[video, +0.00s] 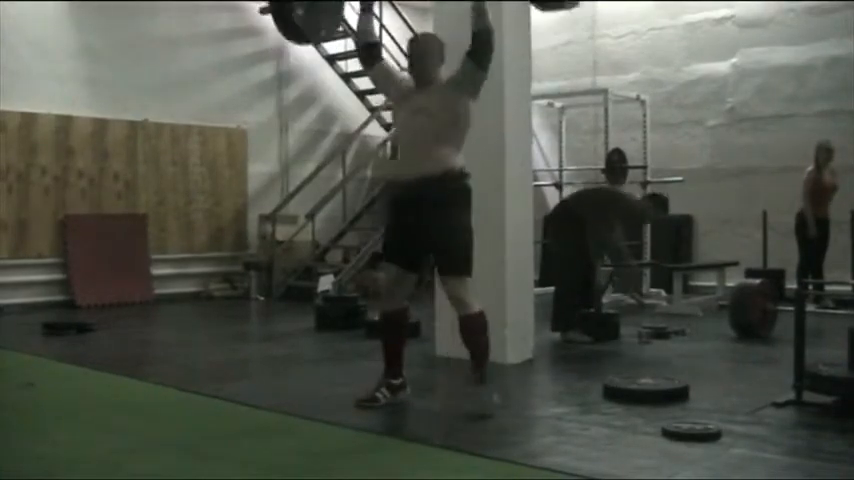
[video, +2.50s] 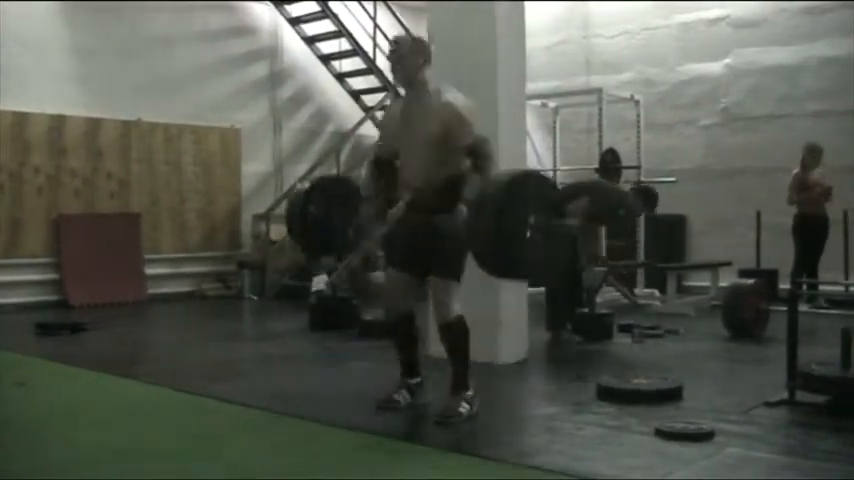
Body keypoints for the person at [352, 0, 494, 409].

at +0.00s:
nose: (418, 61)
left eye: (425, 54)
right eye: (413, 55)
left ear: (440, 59)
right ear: (408, 61)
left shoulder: (457, 93)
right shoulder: (401, 96)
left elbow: (481, 47)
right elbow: (368, 52)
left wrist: (479, 4)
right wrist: (368, 7)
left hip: (446, 191)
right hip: (404, 194)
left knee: (457, 285)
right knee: (393, 286)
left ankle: (480, 384)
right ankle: (393, 380)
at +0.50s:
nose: (459, 84)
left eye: (464, 77)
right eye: (453, 79)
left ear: (480, 73)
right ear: (448, 81)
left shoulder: (510, 113)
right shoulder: (443, 119)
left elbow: (540, 166)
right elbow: (427, 164)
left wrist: (554, 210)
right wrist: (417, 195)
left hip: (497, 207)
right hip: (457, 208)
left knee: (502, 294)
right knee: (440, 287)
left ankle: (514, 379)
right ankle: (470, 359)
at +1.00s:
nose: (440, 101)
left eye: (445, 93)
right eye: (435, 95)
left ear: (462, 86)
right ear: (429, 94)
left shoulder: (496, 118)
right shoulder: (428, 130)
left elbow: (530, 163)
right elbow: (409, 176)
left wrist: (532, 213)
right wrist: (397, 215)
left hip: (492, 207)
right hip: (455, 212)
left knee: (488, 290)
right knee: (457, 298)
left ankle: (498, 380)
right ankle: (479, 371)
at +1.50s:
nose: (372, 155)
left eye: (372, 147)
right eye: (367, 149)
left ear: (388, 135)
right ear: (372, 144)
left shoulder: (449, 148)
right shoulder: (396, 172)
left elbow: (484, 202)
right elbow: (387, 229)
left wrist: (491, 255)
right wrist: (380, 278)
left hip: (479, 216)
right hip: (443, 221)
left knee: (472, 299)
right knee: (420, 293)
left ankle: (491, 392)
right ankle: (416, 384)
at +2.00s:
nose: (364, 247)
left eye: (366, 240)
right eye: (358, 242)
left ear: (379, 223)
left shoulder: (425, 232)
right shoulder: (371, 241)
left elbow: (460, 295)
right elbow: (371, 299)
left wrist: (470, 356)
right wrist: (372, 352)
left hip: (478, 252)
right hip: (432, 257)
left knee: (436, 311)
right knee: (390, 307)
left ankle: (465, 394)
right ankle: (416, 385)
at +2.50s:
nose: (394, 65)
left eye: (401, 57)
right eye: (392, 58)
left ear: (423, 59)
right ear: (393, 64)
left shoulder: (449, 109)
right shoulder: (394, 112)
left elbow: (482, 157)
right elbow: (383, 160)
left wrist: (463, 196)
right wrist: (385, 198)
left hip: (447, 216)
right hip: (406, 215)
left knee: (443, 303)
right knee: (399, 300)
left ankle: (462, 393)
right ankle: (410, 384)